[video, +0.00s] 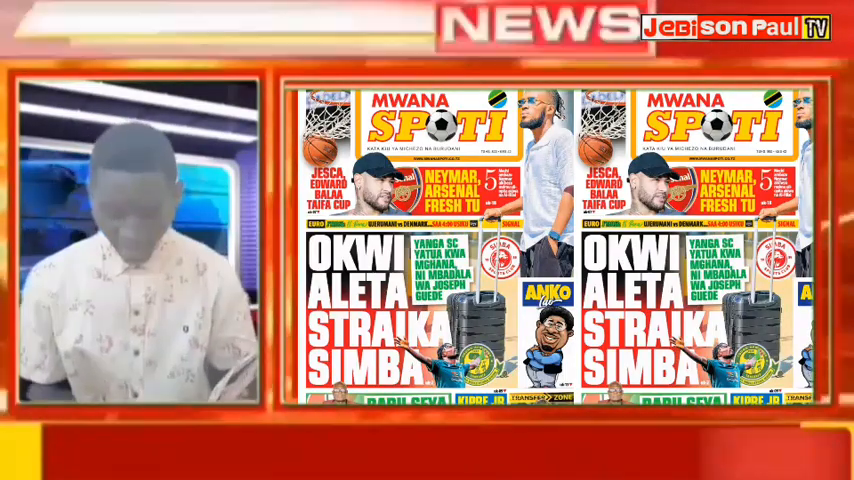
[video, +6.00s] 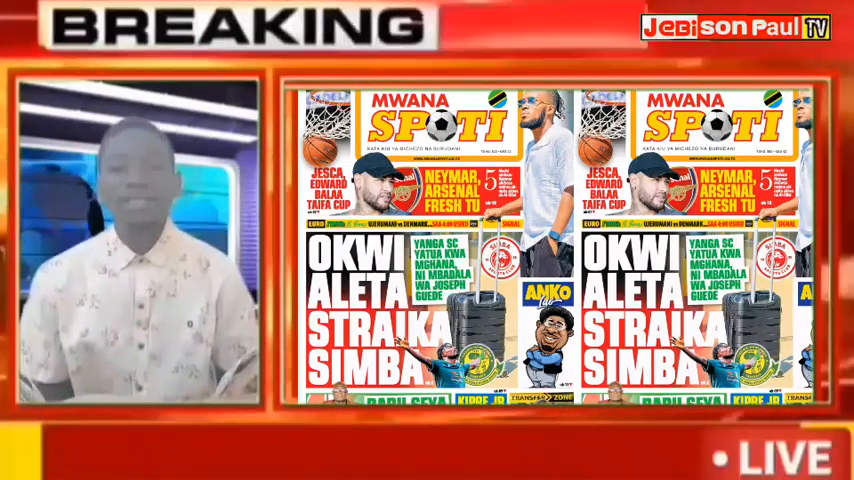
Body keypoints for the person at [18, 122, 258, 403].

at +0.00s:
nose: (132, 230)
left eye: (148, 213)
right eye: (115, 213)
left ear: (177, 196)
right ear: (91, 196)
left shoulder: (214, 276)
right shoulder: (54, 279)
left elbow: (242, 384)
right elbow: (44, 393)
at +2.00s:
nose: (114, 208)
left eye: (134, 192)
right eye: (100, 189)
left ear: (168, 189)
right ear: (83, 187)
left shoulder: (207, 273)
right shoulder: (37, 275)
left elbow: (234, 379)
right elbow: (36, 393)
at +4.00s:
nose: (124, 191)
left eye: (143, 174)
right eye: (105, 174)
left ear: (166, 184)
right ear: (82, 186)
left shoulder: (205, 273)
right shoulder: (37, 277)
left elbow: (232, 389)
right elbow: (21, 395)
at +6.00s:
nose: (137, 180)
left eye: (155, 167)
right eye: (119, 168)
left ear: (177, 184)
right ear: (98, 187)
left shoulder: (217, 273)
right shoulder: (58, 278)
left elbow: (253, 375)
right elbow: (39, 391)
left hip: (191, 445)